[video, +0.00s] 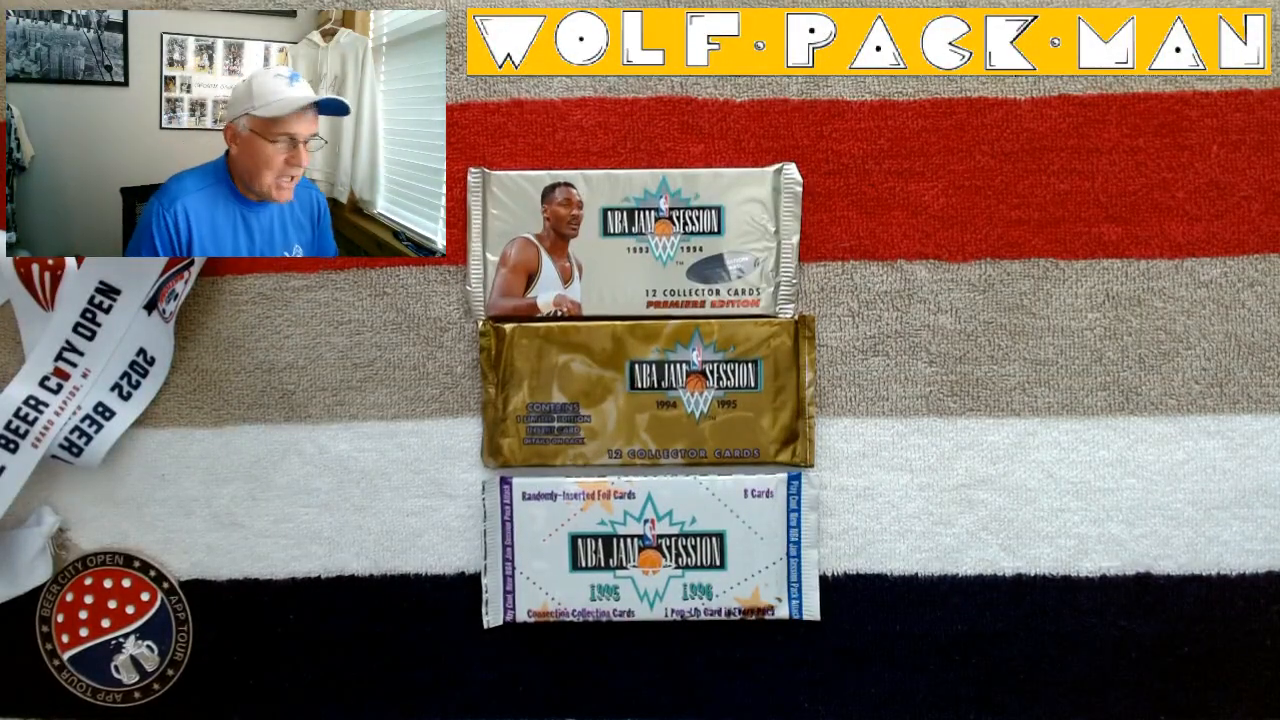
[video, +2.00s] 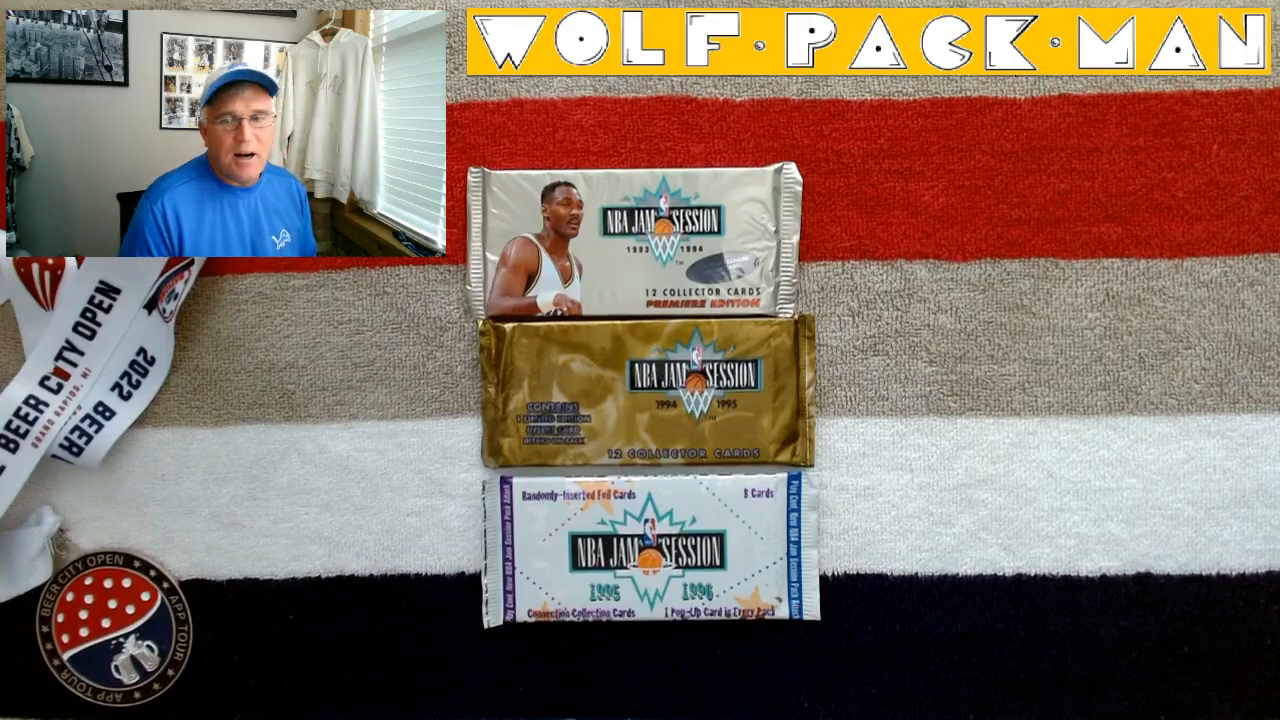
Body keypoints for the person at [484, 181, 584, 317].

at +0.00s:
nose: (576, 213)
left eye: (580, 207)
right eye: (566, 205)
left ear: (583, 211)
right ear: (545, 211)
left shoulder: (575, 266)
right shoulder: (521, 250)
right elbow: (495, 308)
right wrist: (550, 301)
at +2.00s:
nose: (576, 213)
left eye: (580, 207)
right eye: (566, 205)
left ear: (583, 211)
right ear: (545, 210)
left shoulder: (575, 265)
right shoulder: (521, 249)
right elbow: (495, 307)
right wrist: (550, 300)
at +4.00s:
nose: (576, 213)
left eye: (580, 206)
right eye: (566, 205)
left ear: (583, 211)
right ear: (545, 211)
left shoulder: (575, 265)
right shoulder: (521, 250)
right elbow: (494, 307)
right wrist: (551, 301)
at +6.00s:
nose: (576, 213)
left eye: (580, 207)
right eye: (566, 205)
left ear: (583, 211)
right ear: (545, 211)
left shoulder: (575, 266)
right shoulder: (521, 250)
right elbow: (495, 307)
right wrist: (550, 301)